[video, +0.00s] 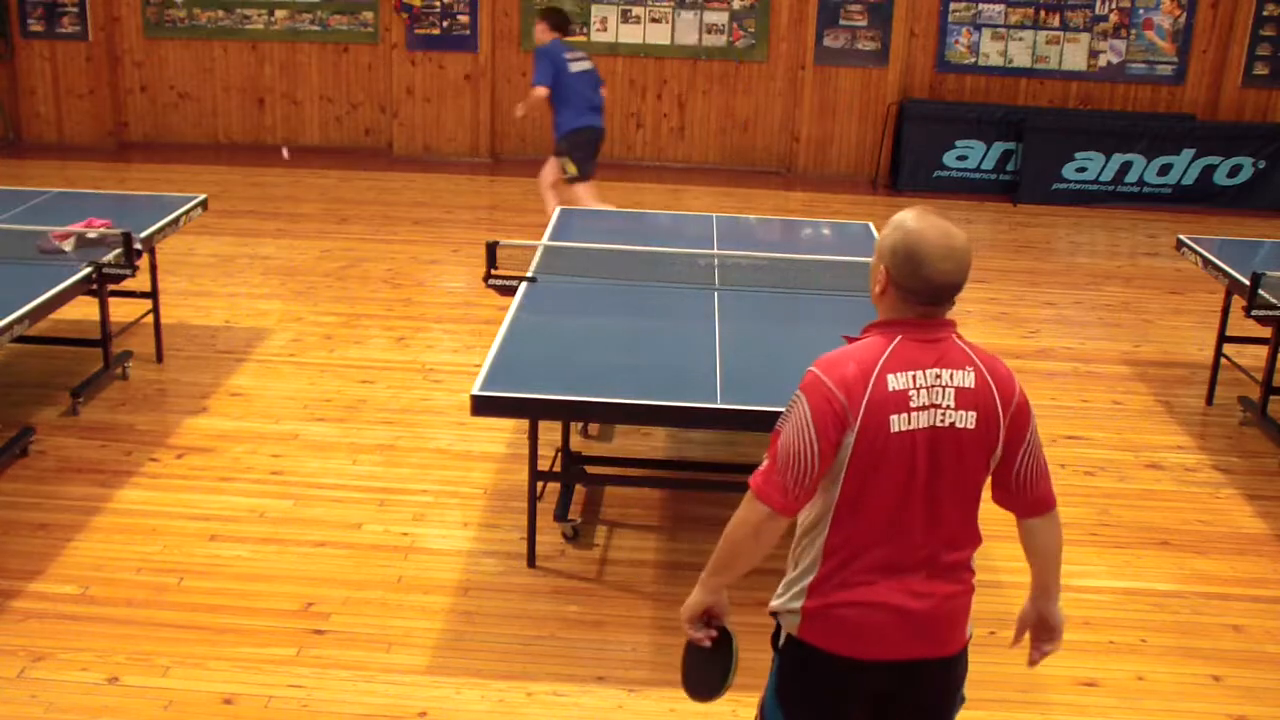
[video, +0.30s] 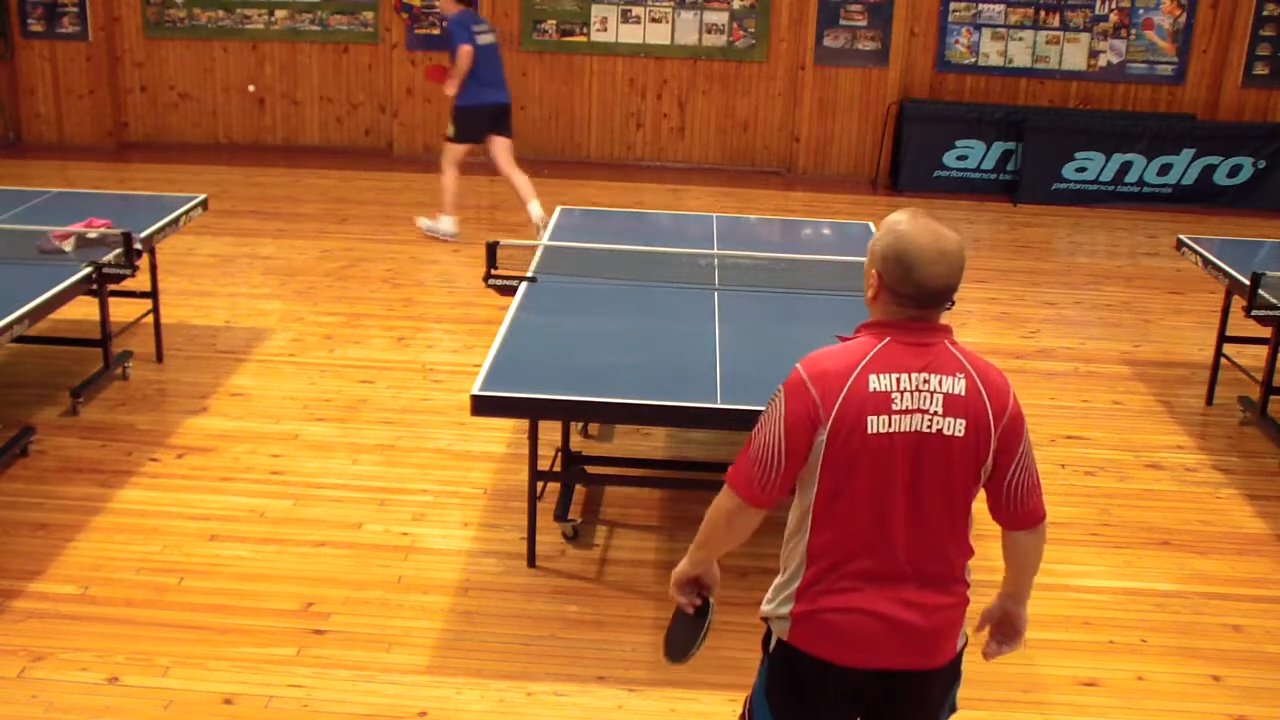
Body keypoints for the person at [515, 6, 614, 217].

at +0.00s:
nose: (535, 31)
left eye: (539, 25)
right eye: (536, 25)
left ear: (549, 29)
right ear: (560, 30)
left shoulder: (546, 51)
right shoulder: (577, 51)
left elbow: (541, 91)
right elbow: (600, 89)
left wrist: (523, 107)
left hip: (575, 130)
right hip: (593, 129)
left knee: (584, 195)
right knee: (546, 179)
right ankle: (560, 233)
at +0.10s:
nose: (502, 26)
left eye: (505, 21)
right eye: (504, 21)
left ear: (514, 25)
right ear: (528, 26)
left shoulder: (515, 49)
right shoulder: (544, 48)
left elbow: (514, 87)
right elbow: (559, 87)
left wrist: (499, 114)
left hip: (540, 128)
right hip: (562, 127)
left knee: (522, 189)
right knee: (534, 187)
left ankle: (566, 221)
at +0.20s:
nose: (466, 14)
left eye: (468, 9)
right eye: (466, 9)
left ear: (478, 10)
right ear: (490, 11)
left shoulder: (484, 32)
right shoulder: (510, 32)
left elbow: (490, 63)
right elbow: (520, 72)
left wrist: (478, 94)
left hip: (502, 117)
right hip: (529, 116)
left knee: (476, 169)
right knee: (523, 172)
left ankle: (501, 220)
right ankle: (548, 221)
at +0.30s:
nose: (438, 7)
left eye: (439, 3)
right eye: (437, 4)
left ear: (448, 2)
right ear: (462, 2)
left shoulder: (457, 21)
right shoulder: (482, 21)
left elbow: (465, 51)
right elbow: (484, 60)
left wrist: (454, 81)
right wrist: (455, 74)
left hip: (471, 105)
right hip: (499, 104)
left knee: (450, 161)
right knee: (506, 162)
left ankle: (447, 220)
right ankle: (537, 213)